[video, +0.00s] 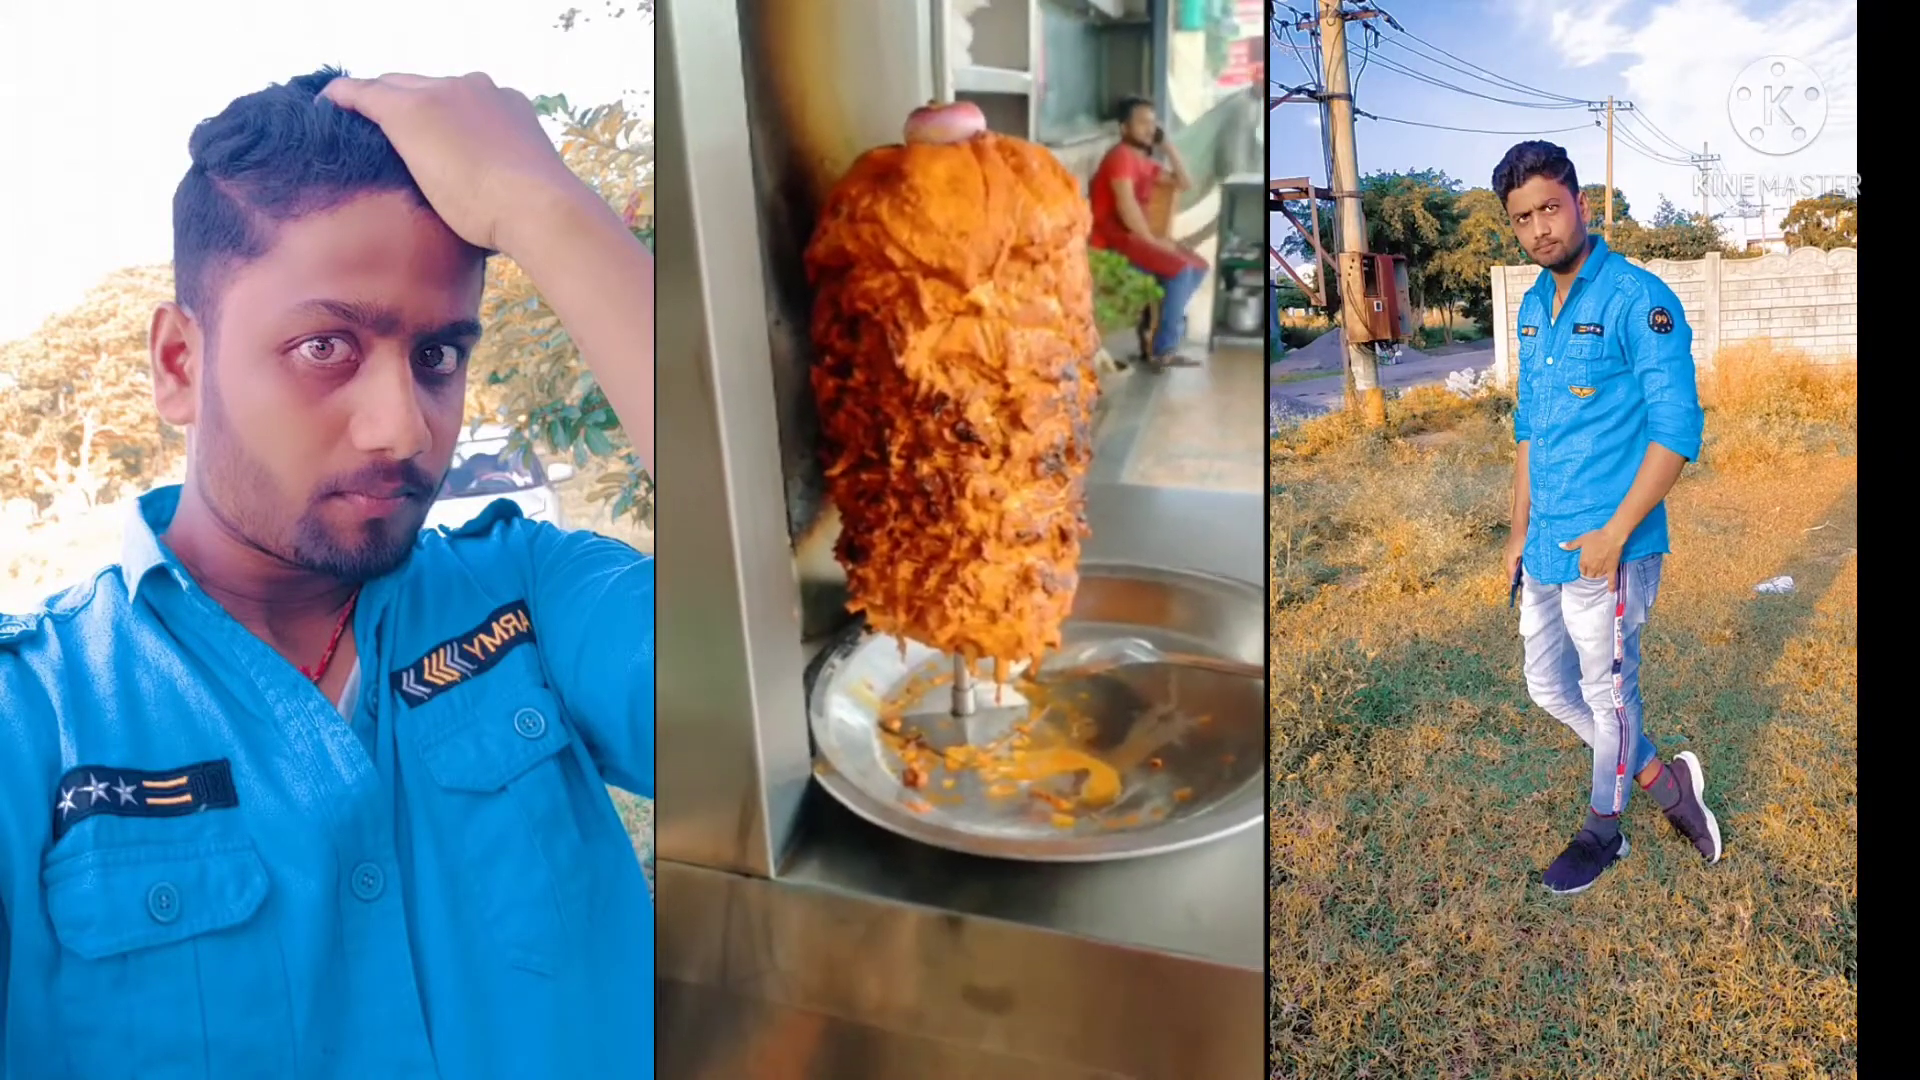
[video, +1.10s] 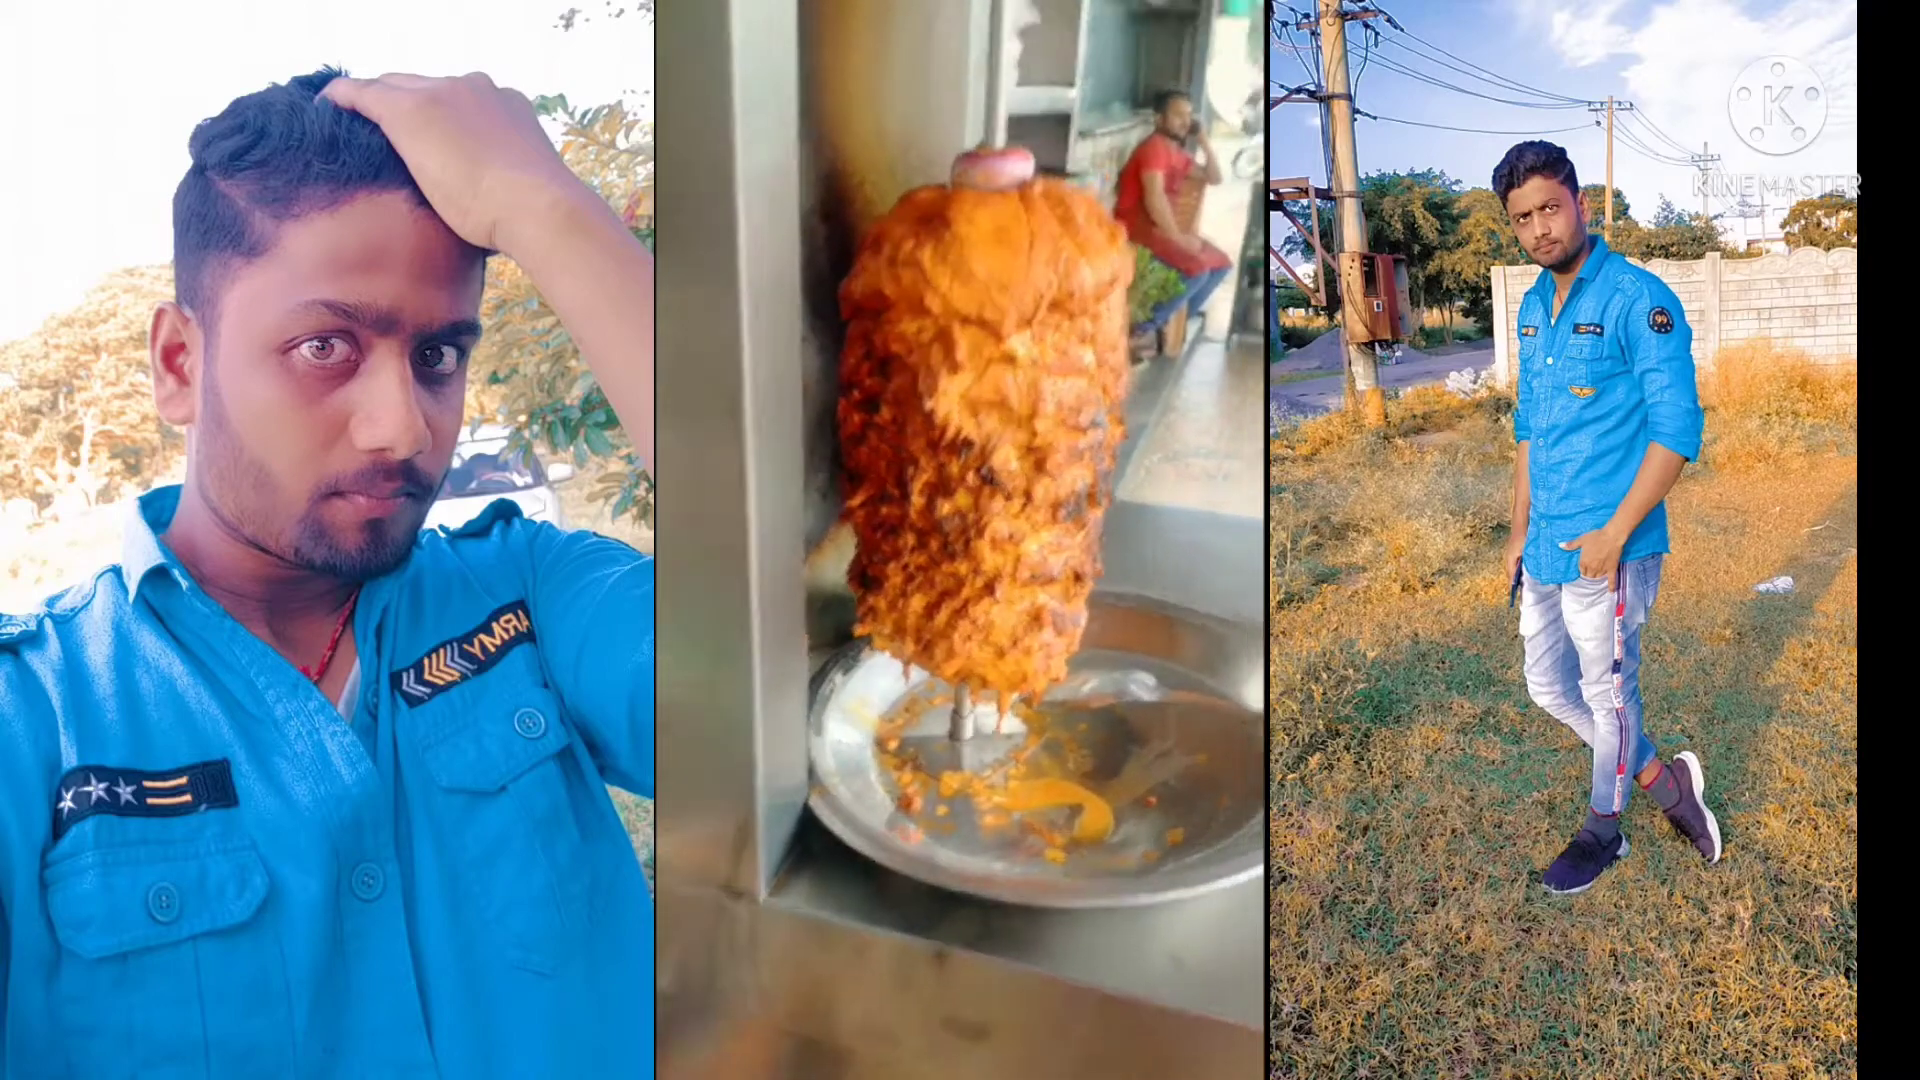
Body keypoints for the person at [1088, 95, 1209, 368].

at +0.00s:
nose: (1150, 129)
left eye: (1153, 122)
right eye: (1143, 122)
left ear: (1155, 127)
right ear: (1125, 127)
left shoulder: (1144, 160)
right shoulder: (1121, 156)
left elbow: (1183, 183)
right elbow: (1126, 207)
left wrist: (1167, 146)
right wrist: (1152, 242)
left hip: (1133, 234)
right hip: (1113, 237)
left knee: (1197, 268)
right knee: (1180, 272)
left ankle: (1154, 326)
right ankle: (1163, 350)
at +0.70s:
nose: (1178, 122)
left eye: (1181, 116)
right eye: (1171, 116)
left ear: (1183, 121)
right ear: (1153, 120)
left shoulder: (1172, 154)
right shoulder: (1148, 149)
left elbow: (1209, 178)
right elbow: (1150, 200)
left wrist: (1195, 141)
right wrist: (1175, 237)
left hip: (1163, 228)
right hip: (1139, 230)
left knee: (1220, 262)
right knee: (1198, 269)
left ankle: (1181, 322)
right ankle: (1148, 328)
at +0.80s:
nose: (1185, 84)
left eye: (1188, 79)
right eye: (1178, 78)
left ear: (1190, 83)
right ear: (1160, 82)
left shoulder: (1179, 117)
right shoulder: (1154, 112)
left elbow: (1215, 143)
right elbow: (1155, 162)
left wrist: (1202, 105)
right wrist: (1178, 202)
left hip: (1171, 193)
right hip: (1146, 194)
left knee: (1225, 229)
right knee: (1202, 236)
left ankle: (1183, 288)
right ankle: (1150, 295)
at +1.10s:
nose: (1185, 121)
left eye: (1188, 115)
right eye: (1178, 115)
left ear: (1190, 119)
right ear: (1160, 117)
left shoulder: (1176, 152)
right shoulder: (1154, 147)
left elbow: (1213, 177)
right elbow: (1153, 197)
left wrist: (1203, 141)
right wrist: (1176, 236)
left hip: (1160, 228)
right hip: (1136, 229)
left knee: (1220, 264)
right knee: (1197, 269)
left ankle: (1170, 323)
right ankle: (1145, 328)